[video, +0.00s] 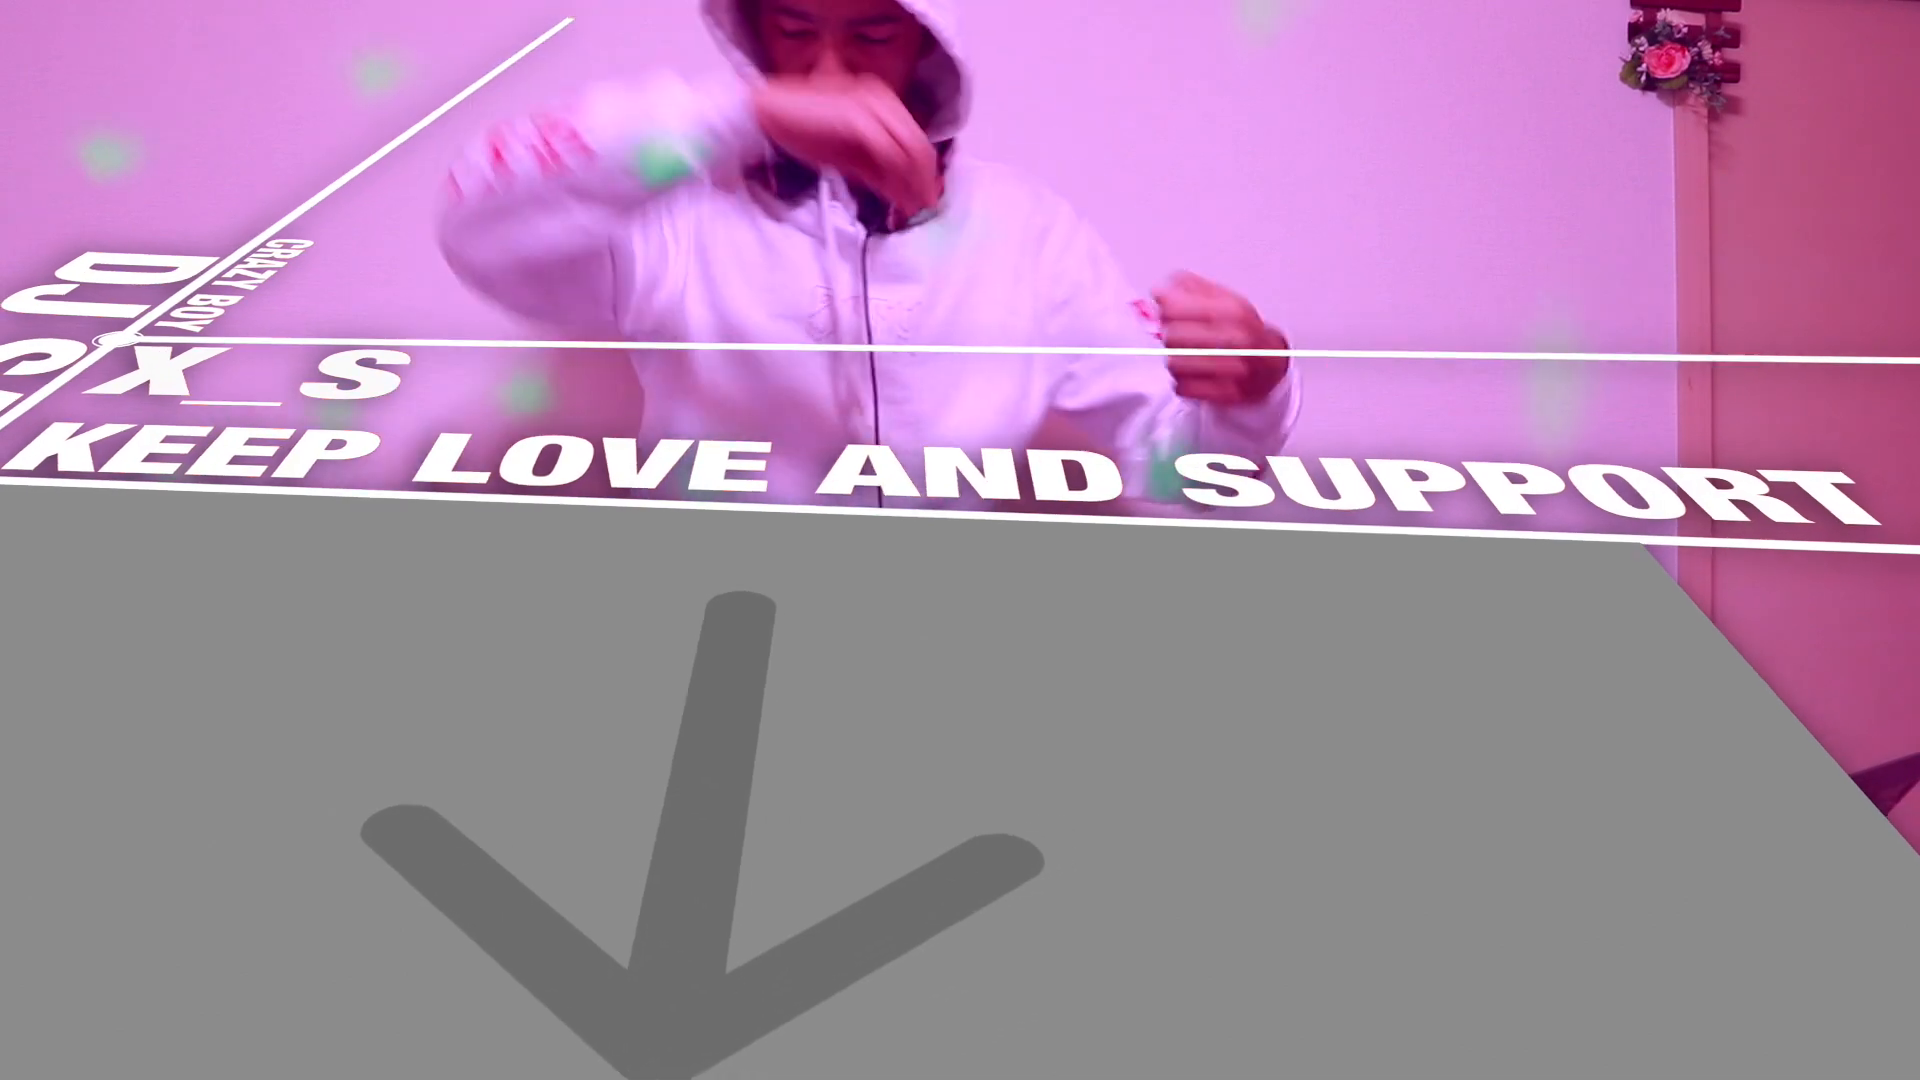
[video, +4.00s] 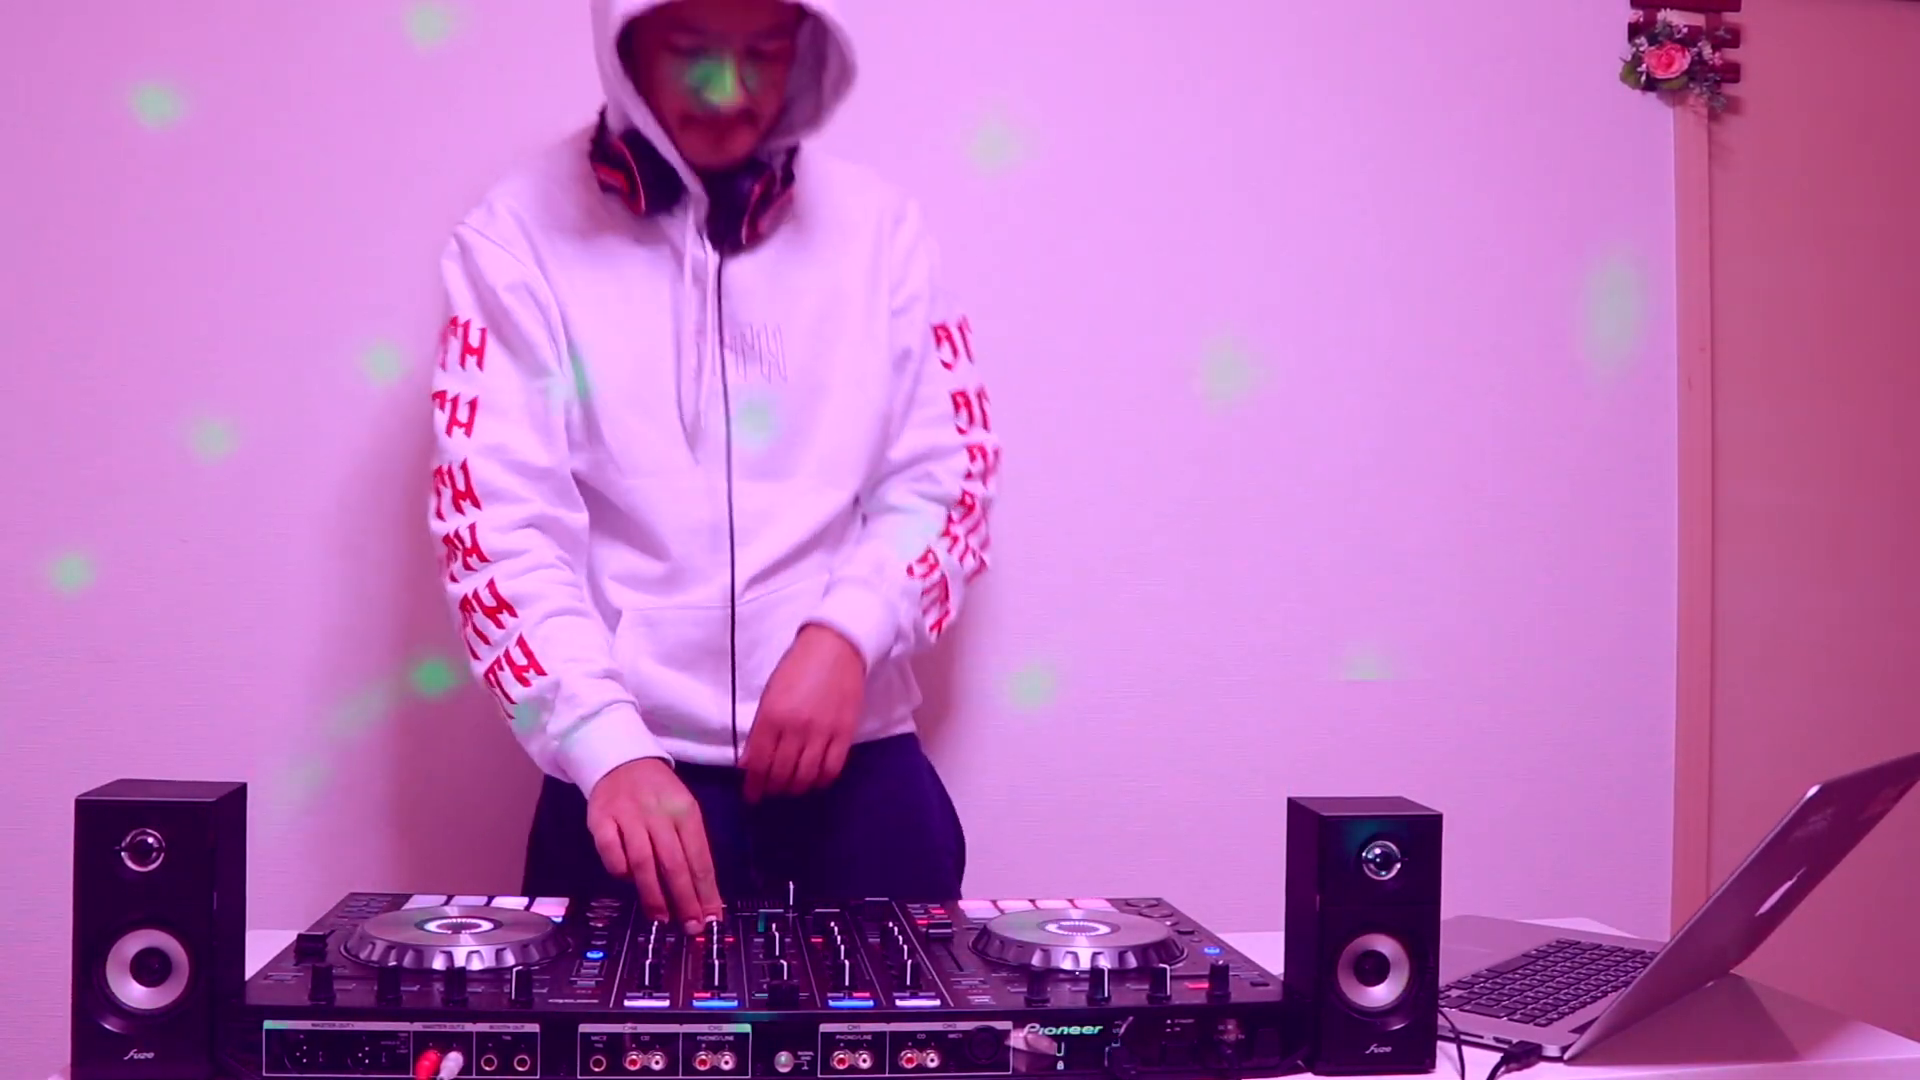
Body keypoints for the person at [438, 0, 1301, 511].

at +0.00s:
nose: (830, 73)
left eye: (867, 38)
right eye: (797, 37)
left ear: (922, 45)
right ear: (751, 43)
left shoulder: (1025, 228)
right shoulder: (674, 219)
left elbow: (1164, 473)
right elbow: (478, 231)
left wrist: (1248, 407)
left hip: (983, 618)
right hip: (735, 611)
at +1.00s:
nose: (676, 14)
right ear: (589, 3)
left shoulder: (853, 190)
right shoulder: (476, 191)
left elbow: (967, 424)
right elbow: (375, 421)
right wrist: (491, 390)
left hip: (768, 601)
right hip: (517, 593)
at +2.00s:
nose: (721, 13)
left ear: (812, 2)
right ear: (645, 9)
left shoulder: (917, 210)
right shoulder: (561, 208)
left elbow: (973, 488)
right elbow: (486, 439)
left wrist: (886, 694)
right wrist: (558, 539)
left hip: (857, 785)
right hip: (620, 782)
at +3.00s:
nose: (894, 118)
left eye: (942, 85)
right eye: (866, 67)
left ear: (980, 96)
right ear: (806, 57)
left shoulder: (1022, 259)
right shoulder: (674, 228)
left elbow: (1095, 513)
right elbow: (582, 484)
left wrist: (963, 665)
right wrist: (653, 682)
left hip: (933, 806)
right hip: (707, 795)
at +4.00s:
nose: (730, 90)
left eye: (764, 50)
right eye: (690, 49)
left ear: (799, 54)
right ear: (627, 49)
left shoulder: (876, 226)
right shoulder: (521, 238)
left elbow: (945, 474)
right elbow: (499, 529)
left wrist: (844, 636)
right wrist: (610, 752)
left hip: (859, 787)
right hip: (627, 796)